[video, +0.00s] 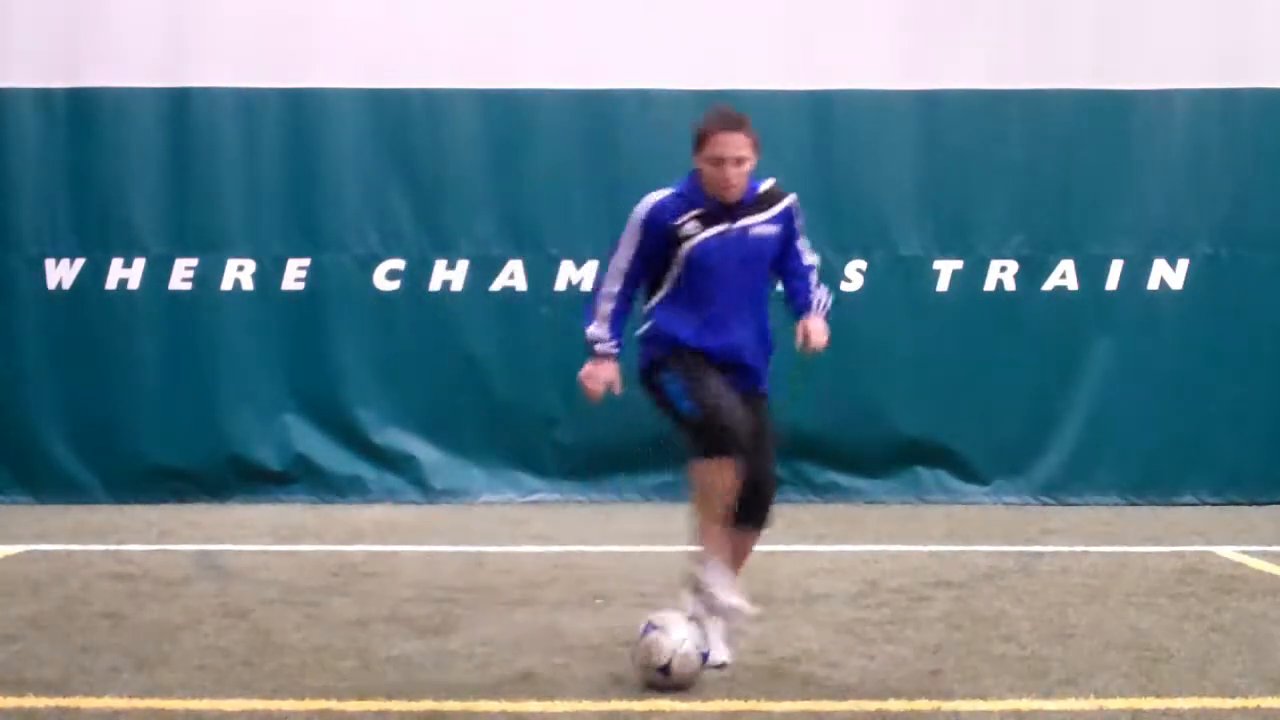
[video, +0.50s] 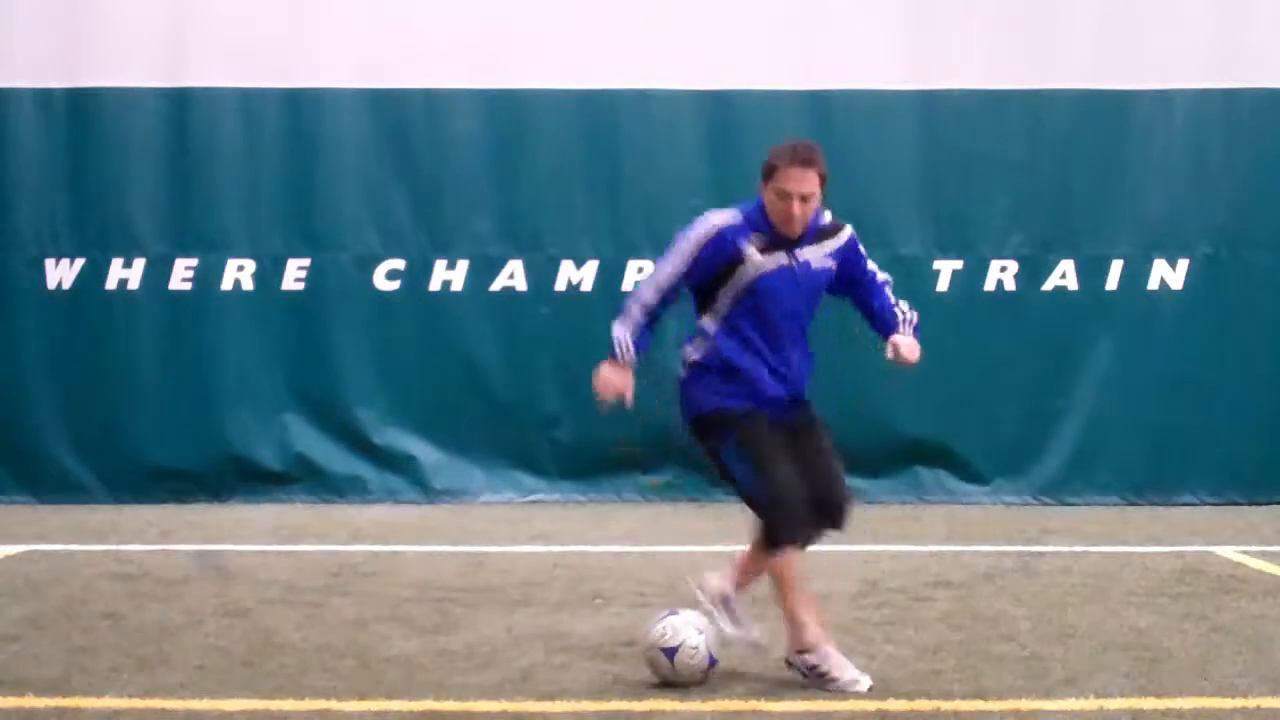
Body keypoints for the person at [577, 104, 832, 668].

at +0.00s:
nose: (733, 174)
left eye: (742, 162)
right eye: (720, 162)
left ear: (757, 161)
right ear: (698, 162)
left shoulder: (778, 207)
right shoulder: (663, 212)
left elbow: (801, 269)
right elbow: (619, 280)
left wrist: (813, 311)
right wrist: (602, 350)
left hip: (743, 364)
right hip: (677, 353)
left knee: (758, 489)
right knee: (724, 429)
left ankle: (712, 609)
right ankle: (712, 565)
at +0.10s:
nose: (761, 183)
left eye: (772, 171)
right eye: (749, 171)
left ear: (787, 168)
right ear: (727, 169)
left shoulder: (805, 210)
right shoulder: (694, 217)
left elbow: (825, 265)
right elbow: (642, 282)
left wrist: (825, 300)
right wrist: (629, 360)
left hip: (767, 374)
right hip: (705, 370)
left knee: (792, 493)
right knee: (768, 484)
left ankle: (682, 561)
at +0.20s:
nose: (794, 226)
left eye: (804, 213)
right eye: (781, 215)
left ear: (817, 208)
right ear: (759, 210)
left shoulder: (824, 244)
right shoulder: (729, 259)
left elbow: (847, 299)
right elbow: (682, 334)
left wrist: (844, 322)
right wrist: (662, 411)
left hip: (785, 410)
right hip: (733, 412)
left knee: (809, 526)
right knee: (814, 519)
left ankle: (687, 553)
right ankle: (816, 653)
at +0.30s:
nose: (814, 256)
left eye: (824, 244)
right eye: (802, 243)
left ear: (836, 238)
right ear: (779, 236)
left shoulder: (841, 275)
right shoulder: (748, 289)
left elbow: (858, 319)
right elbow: (706, 364)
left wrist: (871, 351)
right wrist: (682, 448)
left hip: (800, 432)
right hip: (745, 433)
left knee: (809, 545)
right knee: (838, 520)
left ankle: (694, 553)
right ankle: (814, 654)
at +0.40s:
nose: (808, 242)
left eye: (818, 230)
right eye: (797, 229)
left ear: (832, 225)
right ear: (775, 223)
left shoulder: (844, 265)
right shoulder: (742, 272)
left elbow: (876, 311)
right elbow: (689, 339)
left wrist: (893, 346)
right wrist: (650, 413)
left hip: (801, 424)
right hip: (742, 422)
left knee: (820, 534)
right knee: (836, 521)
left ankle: (707, 557)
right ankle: (813, 653)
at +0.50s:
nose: (796, 211)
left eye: (807, 199)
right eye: (784, 198)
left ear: (820, 196)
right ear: (763, 191)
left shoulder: (835, 238)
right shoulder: (722, 233)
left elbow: (870, 287)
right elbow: (654, 289)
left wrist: (899, 329)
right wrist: (622, 354)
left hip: (785, 396)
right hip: (722, 395)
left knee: (824, 504)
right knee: (784, 507)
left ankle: (726, 585)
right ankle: (808, 647)